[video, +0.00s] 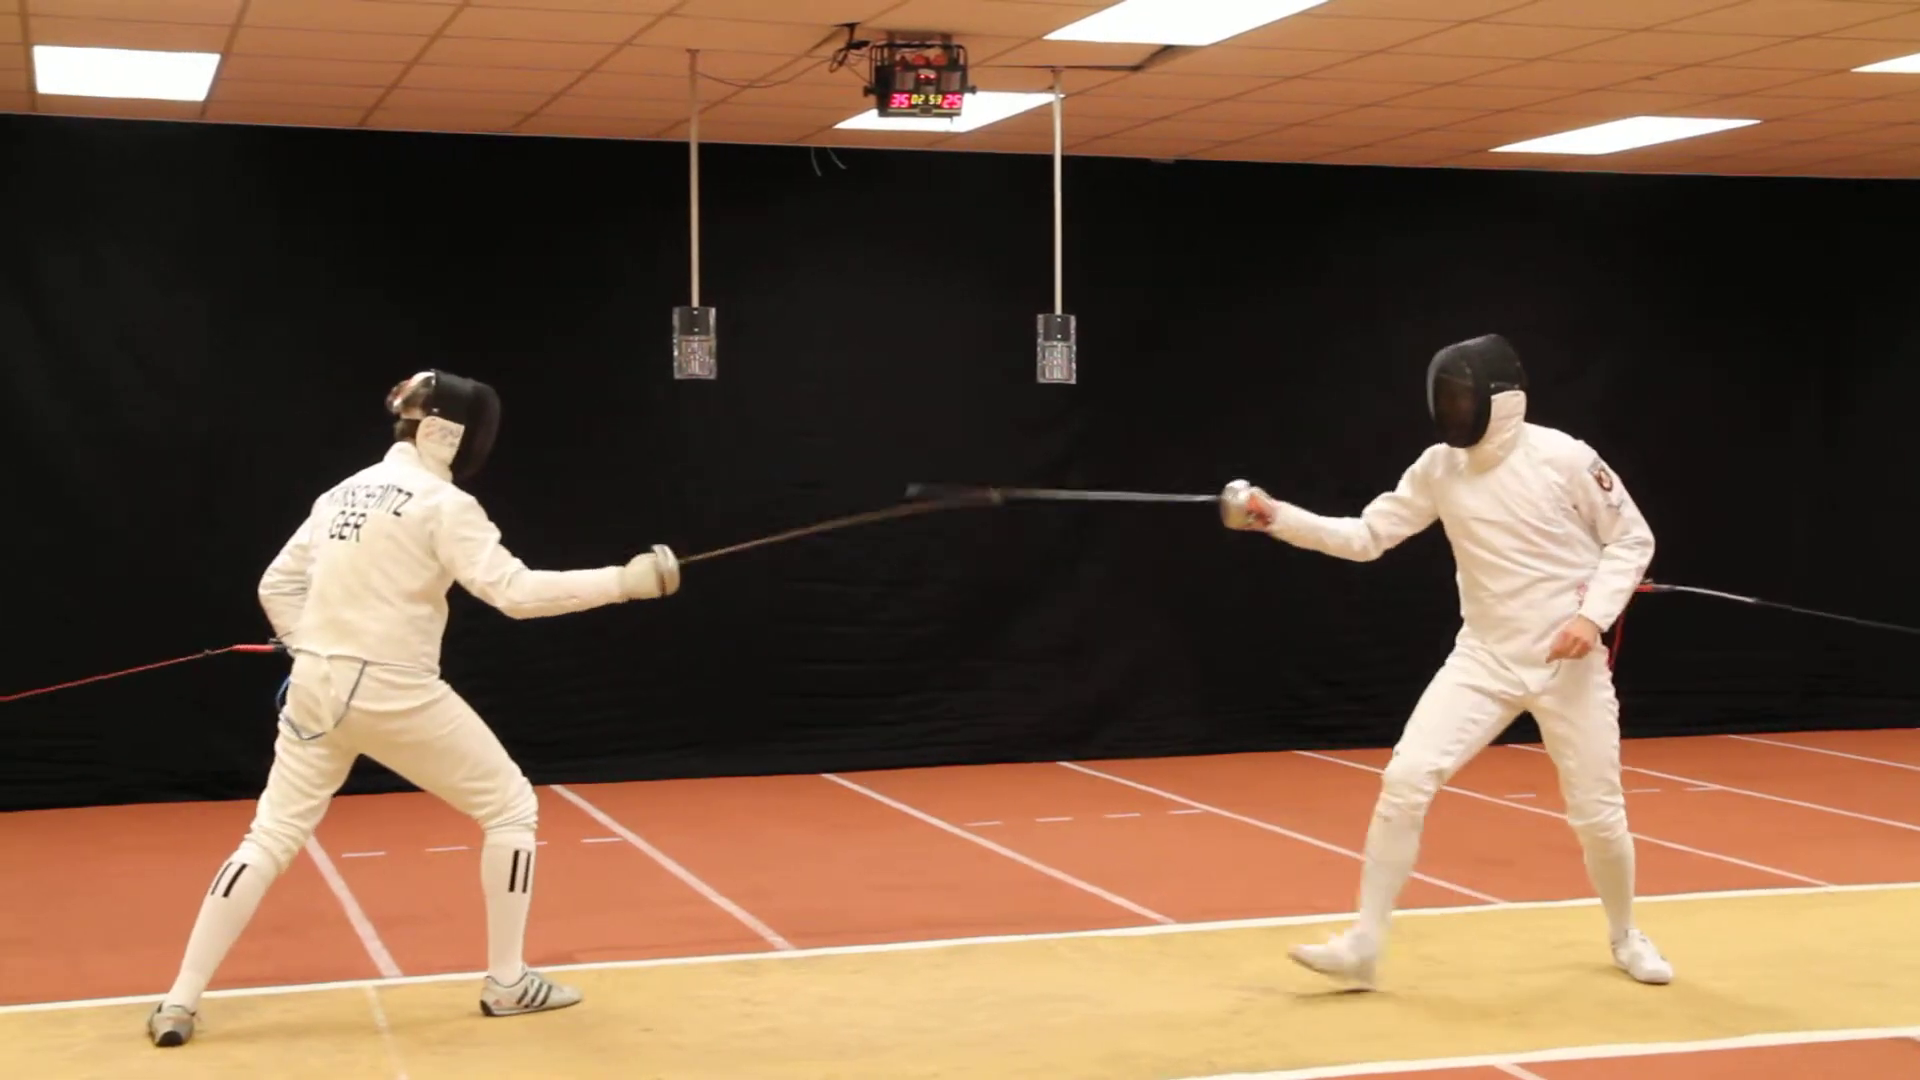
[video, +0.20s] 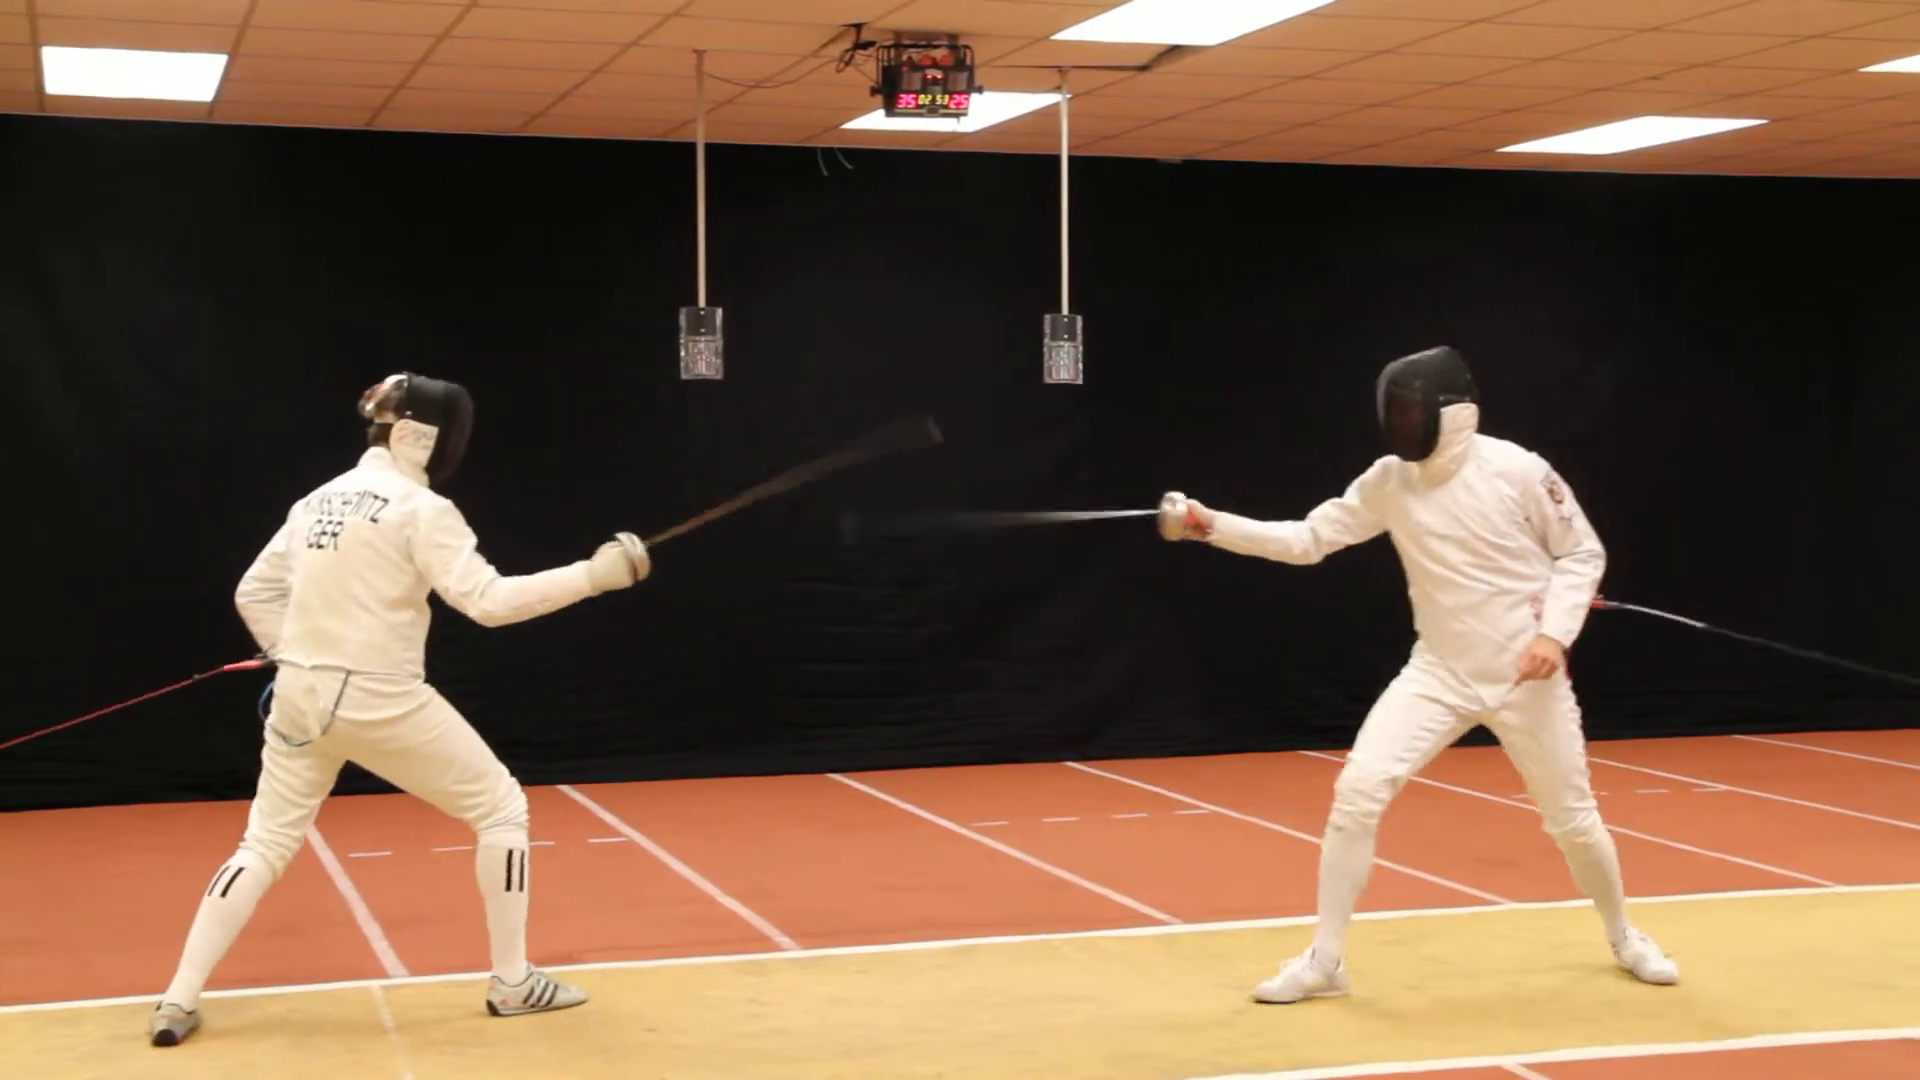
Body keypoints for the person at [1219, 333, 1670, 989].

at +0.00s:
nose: (1448, 408)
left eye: (1460, 394)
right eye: (1444, 394)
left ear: (1500, 395)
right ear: (1446, 397)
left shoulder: (1565, 459)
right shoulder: (1439, 470)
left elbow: (1634, 540)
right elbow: (1366, 537)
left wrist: (1592, 616)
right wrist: (1276, 517)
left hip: (1570, 664)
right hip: (1481, 661)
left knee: (1600, 815)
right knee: (1405, 781)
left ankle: (1626, 937)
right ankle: (1365, 944)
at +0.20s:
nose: (1394, 425)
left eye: (1407, 411)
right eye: (1391, 411)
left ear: (1450, 413)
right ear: (1393, 416)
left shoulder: (1517, 473)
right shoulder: (1388, 483)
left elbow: (1582, 555)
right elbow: (1307, 539)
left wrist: (1554, 634)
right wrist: (1205, 523)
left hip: (1529, 680)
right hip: (1437, 675)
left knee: (1576, 825)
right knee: (1358, 792)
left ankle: (1624, 937)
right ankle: (1325, 957)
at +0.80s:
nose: (1336, 442)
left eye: (1348, 427)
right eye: (1331, 429)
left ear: (1391, 428)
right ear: (1329, 433)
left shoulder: (1462, 486)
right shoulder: (1330, 503)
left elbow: (1531, 568)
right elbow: (1247, 555)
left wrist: (1517, 656)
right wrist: (1145, 546)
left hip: (1490, 687)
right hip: (1397, 688)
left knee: (1556, 836)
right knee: (1313, 792)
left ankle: (1557, 931)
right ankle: (1307, 962)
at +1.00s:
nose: (1381, 432)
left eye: (1393, 417)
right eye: (1376, 419)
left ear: (1435, 416)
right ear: (1377, 423)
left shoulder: (1505, 477)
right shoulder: (1380, 495)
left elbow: (1575, 562)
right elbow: (1341, 581)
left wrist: (1542, 640)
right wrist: (1252, 557)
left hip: (1528, 684)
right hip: (1435, 682)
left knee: (1591, 831)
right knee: (1355, 799)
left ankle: (1638, 923)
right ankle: (1313, 962)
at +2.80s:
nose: (1522, 436)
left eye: (1535, 422)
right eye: (1518, 423)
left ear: (1579, 423)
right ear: (1518, 429)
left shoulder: (1645, 482)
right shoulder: (1516, 493)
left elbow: (1717, 560)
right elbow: (1437, 546)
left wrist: (1696, 634)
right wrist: (1340, 536)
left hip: (1675, 680)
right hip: (1581, 681)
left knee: (1761, 812)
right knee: (1502, 787)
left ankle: (1741, 900)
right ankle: (1496, 948)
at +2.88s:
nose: (1551, 435)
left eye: (1564, 421)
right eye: (1546, 422)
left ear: (1605, 422)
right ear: (1545, 426)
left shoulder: (1672, 483)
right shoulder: (1544, 494)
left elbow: (1741, 561)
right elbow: (1472, 559)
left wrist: (1720, 635)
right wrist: (1375, 545)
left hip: (1699, 681)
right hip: (1604, 681)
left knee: (1781, 819)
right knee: (1522, 787)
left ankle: (1814, 904)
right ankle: (1496, 946)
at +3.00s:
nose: (1596, 436)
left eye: (1608, 422)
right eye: (1591, 423)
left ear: (1648, 423)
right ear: (1590, 429)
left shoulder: (1720, 481)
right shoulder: (1594, 496)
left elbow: (1789, 560)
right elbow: (1535, 572)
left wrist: (1751, 629)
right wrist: (1443, 554)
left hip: (1749, 678)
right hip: (1656, 680)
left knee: (1803, 826)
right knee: (1574, 793)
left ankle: (1836, 916)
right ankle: (1510, 939)